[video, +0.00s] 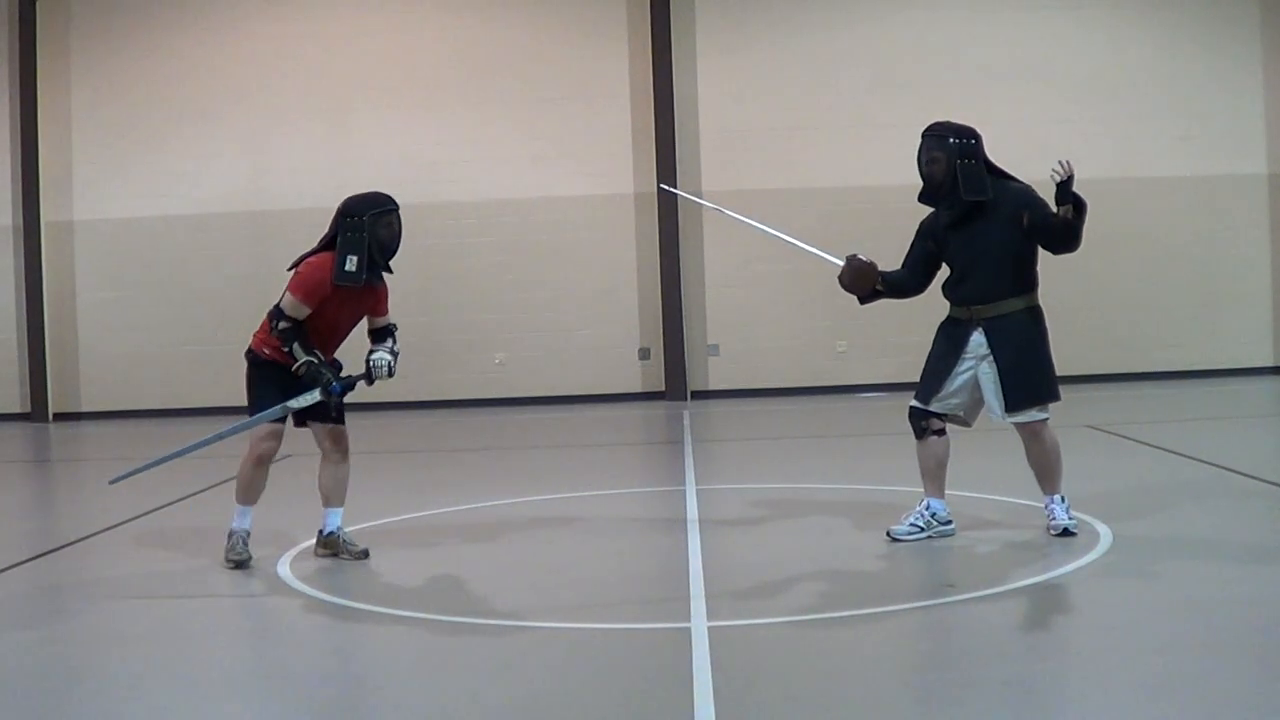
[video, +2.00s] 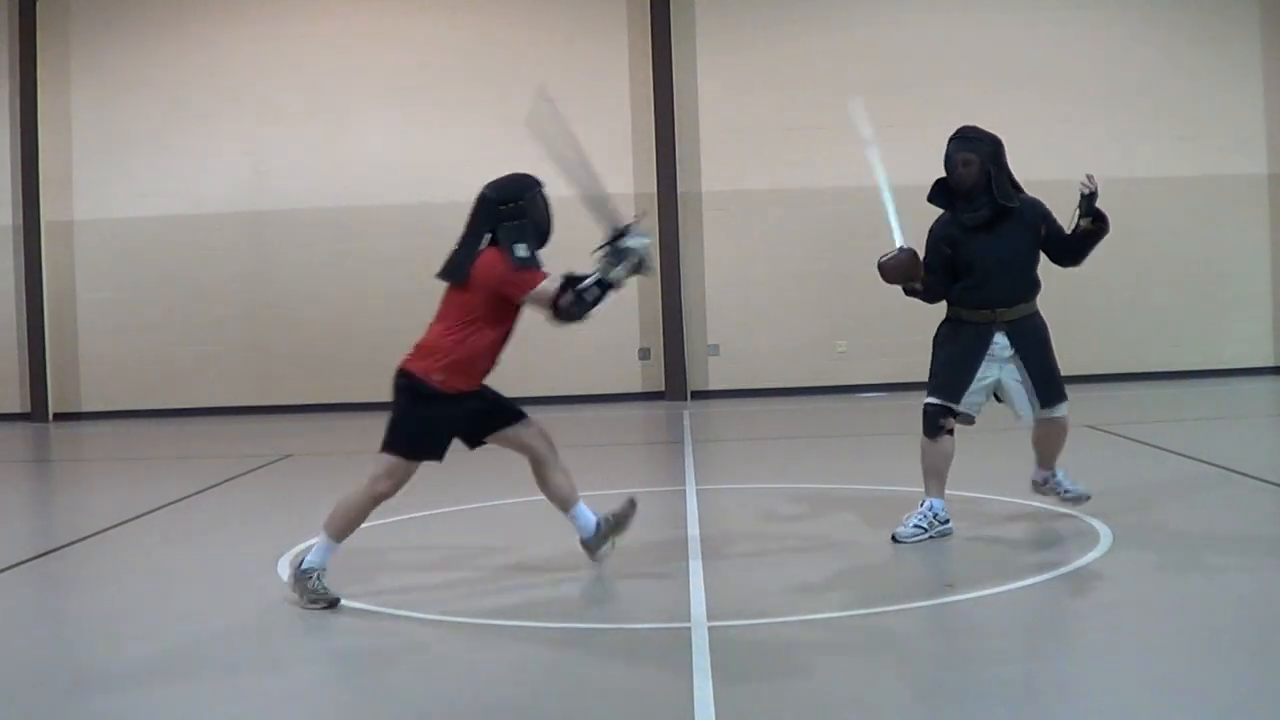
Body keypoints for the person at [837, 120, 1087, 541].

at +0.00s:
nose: (926, 169)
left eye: (934, 159)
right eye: (923, 160)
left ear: (961, 159)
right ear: (925, 163)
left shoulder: (1016, 198)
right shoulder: (939, 221)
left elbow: (1063, 242)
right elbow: (912, 279)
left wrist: (1069, 206)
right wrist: (872, 280)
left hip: (1014, 324)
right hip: (960, 326)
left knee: (1030, 418)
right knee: (927, 414)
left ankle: (1055, 503)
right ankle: (934, 509)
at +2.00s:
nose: (957, 173)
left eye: (966, 164)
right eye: (952, 165)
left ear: (989, 165)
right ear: (947, 170)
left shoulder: (1027, 211)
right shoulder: (946, 227)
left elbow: (1066, 254)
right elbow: (937, 290)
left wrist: (1088, 224)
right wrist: (913, 282)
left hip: (1022, 325)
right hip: (965, 329)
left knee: (1053, 410)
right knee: (937, 414)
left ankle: (1045, 476)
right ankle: (934, 509)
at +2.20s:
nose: (1009, 183)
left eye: (1017, 175)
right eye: (1004, 175)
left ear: (1041, 177)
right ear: (1000, 178)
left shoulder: (1075, 226)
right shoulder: (996, 225)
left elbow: (1126, 262)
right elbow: (950, 253)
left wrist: (1130, 229)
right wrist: (904, 245)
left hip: (1055, 337)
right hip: (997, 335)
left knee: (1086, 427)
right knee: (965, 421)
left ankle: (1091, 481)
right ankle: (930, 507)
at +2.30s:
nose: (1043, 179)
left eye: (1053, 172)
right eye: (1039, 171)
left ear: (1074, 175)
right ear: (1034, 175)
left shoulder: (1108, 224)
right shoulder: (1030, 223)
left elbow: (1153, 263)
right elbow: (981, 257)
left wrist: (1159, 240)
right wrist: (935, 254)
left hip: (1086, 336)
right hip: (1030, 332)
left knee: (1099, 430)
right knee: (993, 418)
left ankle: (1090, 490)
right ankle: (944, 491)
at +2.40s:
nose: (1074, 175)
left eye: (1083, 167)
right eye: (1069, 167)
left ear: (1103, 173)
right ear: (1063, 173)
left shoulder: (1131, 225)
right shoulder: (1056, 225)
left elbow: (1164, 266)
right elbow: (1030, 274)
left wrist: (1194, 273)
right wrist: (983, 290)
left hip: (1107, 334)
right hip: (1054, 331)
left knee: (1109, 421)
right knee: (1029, 414)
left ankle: (1093, 485)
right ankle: (1001, 467)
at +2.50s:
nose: (1097, 178)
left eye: (1105, 171)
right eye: (1093, 170)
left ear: (1126, 175)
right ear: (1086, 173)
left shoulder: (1152, 226)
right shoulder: (1080, 223)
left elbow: (1188, 269)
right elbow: (1049, 266)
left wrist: (1227, 302)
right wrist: (1006, 268)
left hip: (1126, 331)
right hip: (1076, 328)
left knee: (1116, 414)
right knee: (1063, 421)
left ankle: (1096, 482)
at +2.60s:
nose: (1120, 180)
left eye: (1129, 173)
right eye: (1116, 172)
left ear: (1149, 177)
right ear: (1109, 174)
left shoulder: (1172, 225)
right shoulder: (1098, 212)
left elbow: (1206, 270)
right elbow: (1058, 220)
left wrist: (1238, 314)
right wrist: (1029, 200)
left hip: (1145, 327)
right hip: (1100, 323)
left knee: (1116, 406)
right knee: (1100, 417)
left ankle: (1094, 482)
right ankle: (1149, 449)